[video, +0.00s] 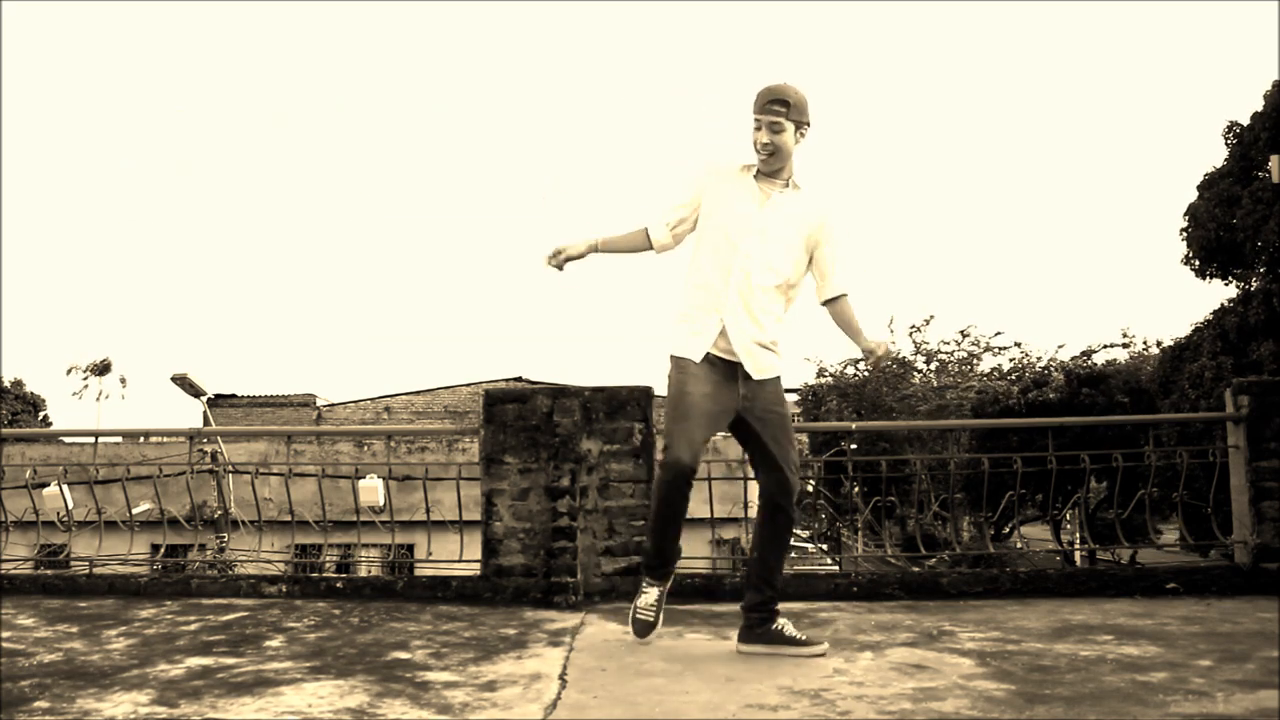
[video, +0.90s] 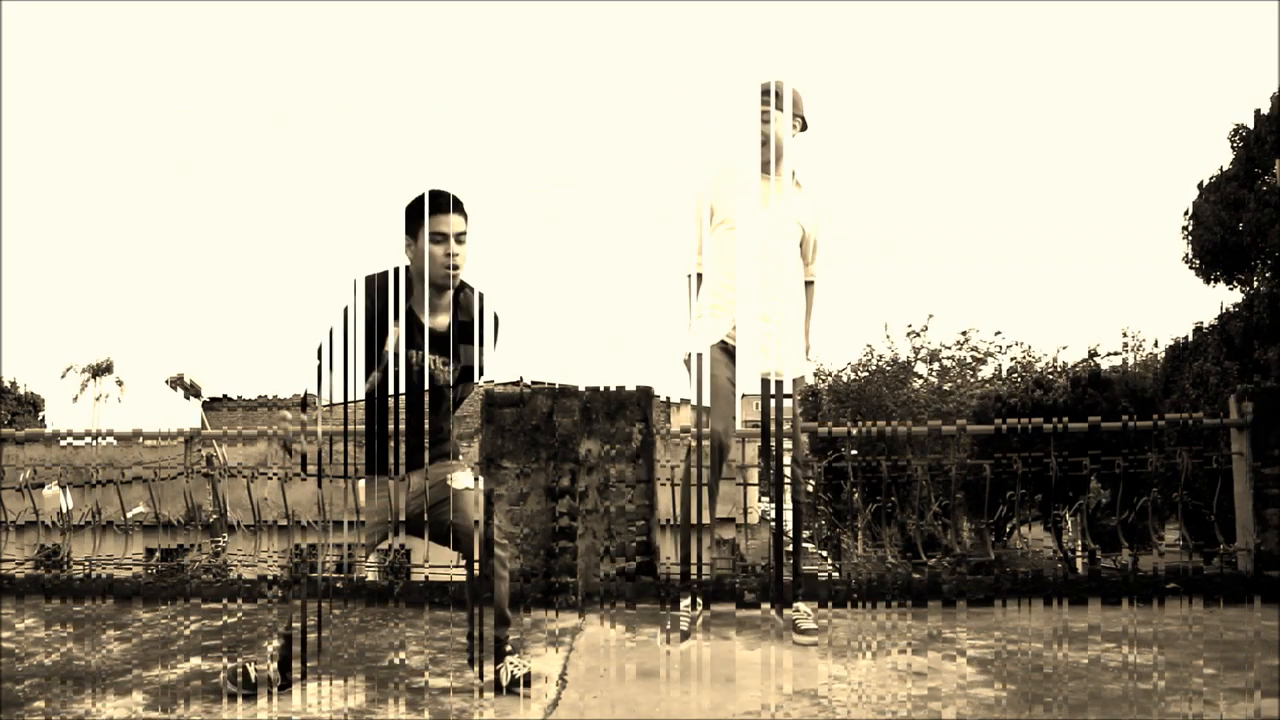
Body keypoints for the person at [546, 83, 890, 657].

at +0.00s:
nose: (764, 136)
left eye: (776, 128)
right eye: (758, 126)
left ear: (799, 135)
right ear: (750, 130)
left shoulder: (811, 216)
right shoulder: (718, 182)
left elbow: (834, 294)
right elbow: (660, 234)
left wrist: (867, 342)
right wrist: (588, 246)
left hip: (761, 363)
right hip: (699, 352)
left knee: (783, 486)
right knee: (679, 462)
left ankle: (759, 620)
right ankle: (655, 579)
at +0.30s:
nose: (751, 124)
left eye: (764, 116)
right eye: (747, 114)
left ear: (790, 123)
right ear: (741, 118)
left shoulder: (804, 201)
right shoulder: (712, 175)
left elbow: (842, 272)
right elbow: (632, 204)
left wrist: (897, 321)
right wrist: (558, 204)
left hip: (756, 342)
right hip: (695, 329)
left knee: (728, 475)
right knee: (677, 422)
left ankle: (716, 612)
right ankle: (674, 563)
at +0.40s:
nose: (743, 120)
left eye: (754, 111)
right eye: (737, 112)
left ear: (784, 118)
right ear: (733, 118)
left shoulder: (804, 202)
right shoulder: (708, 175)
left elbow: (865, 259)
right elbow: (634, 205)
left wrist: (934, 289)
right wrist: (558, 201)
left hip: (755, 347)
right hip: (698, 335)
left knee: (733, 473)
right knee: (730, 455)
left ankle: (643, 591)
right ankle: (727, 600)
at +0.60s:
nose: (749, 142)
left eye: (760, 133)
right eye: (743, 133)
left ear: (788, 141)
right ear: (738, 142)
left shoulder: (812, 216)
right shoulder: (717, 197)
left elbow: (858, 288)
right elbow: (653, 240)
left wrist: (867, 254)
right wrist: (578, 236)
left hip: (762, 367)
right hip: (711, 355)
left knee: (801, 491)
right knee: (760, 481)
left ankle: (687, 576)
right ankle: (763, 633)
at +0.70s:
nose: (763, 138)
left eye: (775, 130)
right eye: (759, 128)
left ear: (800, 140)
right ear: (751, 135)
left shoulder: (812, 213)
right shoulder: (719, 194)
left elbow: (825, 293)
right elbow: (668, 255)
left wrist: (836, 340)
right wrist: (612, 299)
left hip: (781, 356)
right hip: (718, 352)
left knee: (801, 482)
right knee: (727, 485)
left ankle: (798, 596)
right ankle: (744, 623)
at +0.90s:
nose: (765, 119)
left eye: (777, 111)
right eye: (762, 109)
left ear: (798, 125)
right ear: (753, 119)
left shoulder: (806, 201)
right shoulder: (717, 188)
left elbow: (810, 277)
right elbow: (694, 265)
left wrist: (805, 341)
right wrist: (692, 329)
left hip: (778, 334)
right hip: (718, 330)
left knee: (782, 449)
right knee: (713, 439)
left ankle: (784, 580)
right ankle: (695, 576)